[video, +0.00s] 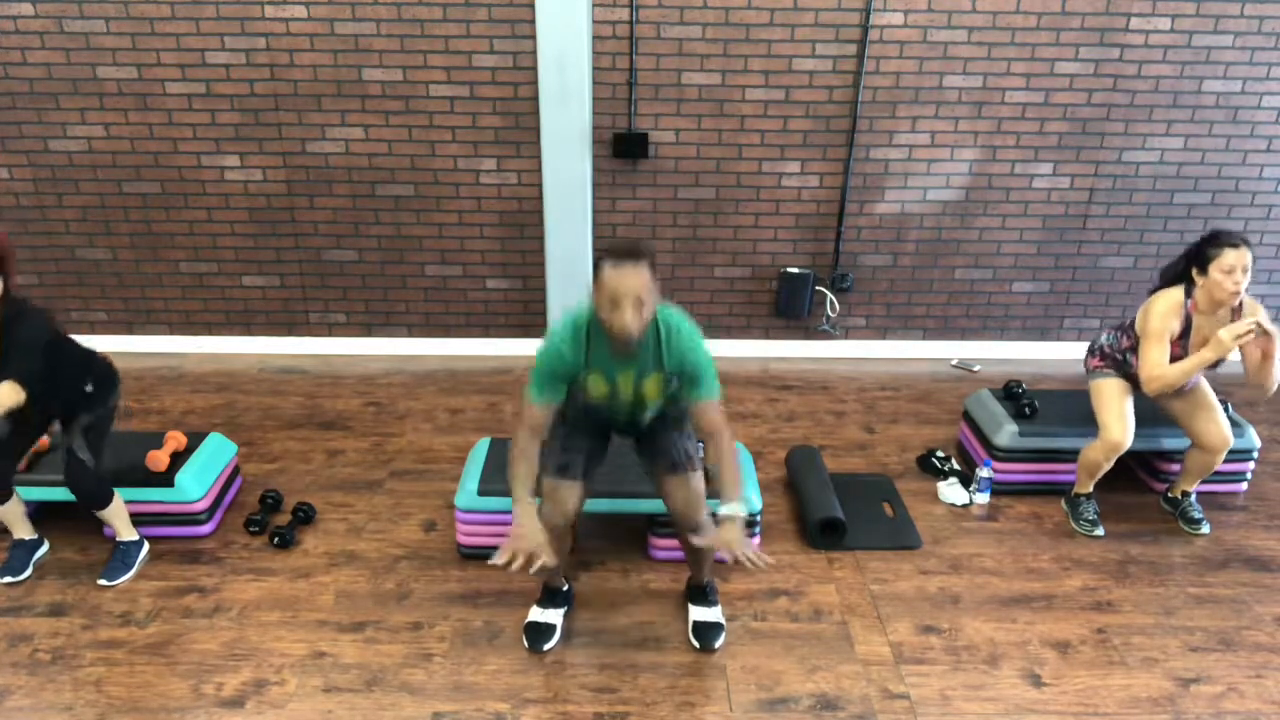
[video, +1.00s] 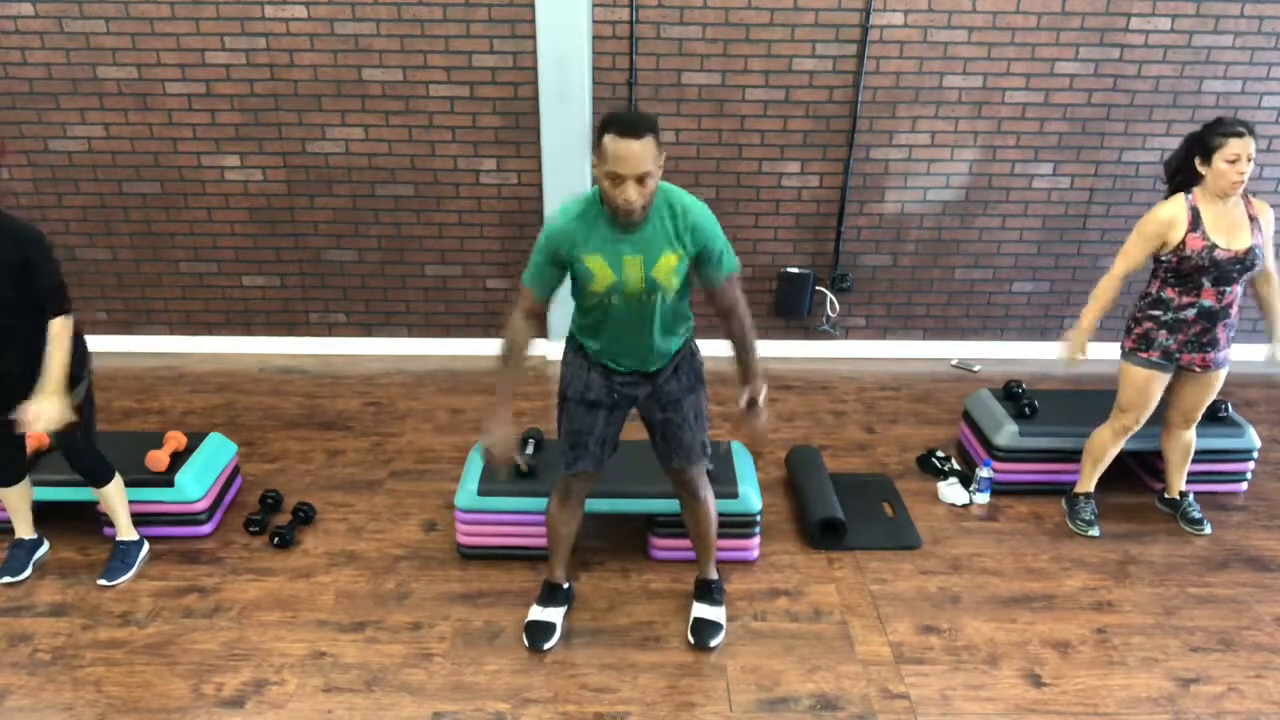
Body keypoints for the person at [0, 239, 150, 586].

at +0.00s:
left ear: (4, 284)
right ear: (5, 284)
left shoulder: (23, 319)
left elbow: (16, 388)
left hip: (89, 388)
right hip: (41, 397)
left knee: (80, 475)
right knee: (1, 470)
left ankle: (130, 540)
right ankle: (26, 539)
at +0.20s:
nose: (4, 200)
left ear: (6, 207)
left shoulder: (17, 257)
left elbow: (32, 343)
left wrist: (39, 418)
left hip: (64, 360)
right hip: (11, 368)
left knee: (77, 454)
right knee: (3, 456)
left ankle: (129, 539)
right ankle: (25, 539)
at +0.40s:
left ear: (7, 183)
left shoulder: (29, 232)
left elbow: (77, 295)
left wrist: (111, 353)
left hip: (47, 360)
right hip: (5, 370)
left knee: (80, 450)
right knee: (7, 458)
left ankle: (129, 539)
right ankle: (26, 539)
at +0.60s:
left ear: (4, 190)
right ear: (3, 191)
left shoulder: (29, 232)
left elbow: (81, 272)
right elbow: (81, 269)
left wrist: (116, 309)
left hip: (38, 363)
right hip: (1, 372)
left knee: (77, 449)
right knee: (7, 459)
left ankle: (129, 538)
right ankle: (26, 539)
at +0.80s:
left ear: (5, 188)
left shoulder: (31, 235)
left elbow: (83, 290)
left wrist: (122, 344)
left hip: (40, 364)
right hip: (1, 374)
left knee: (79, 450)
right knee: (7, 459)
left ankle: (128, 538)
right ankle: (26, 539)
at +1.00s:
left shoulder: (20, 239)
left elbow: (59, 315)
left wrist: (51, 390)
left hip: (54, 362)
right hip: (7, 371)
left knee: (79, 449)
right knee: (6, 458)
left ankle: (129, 538)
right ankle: (26, 539)